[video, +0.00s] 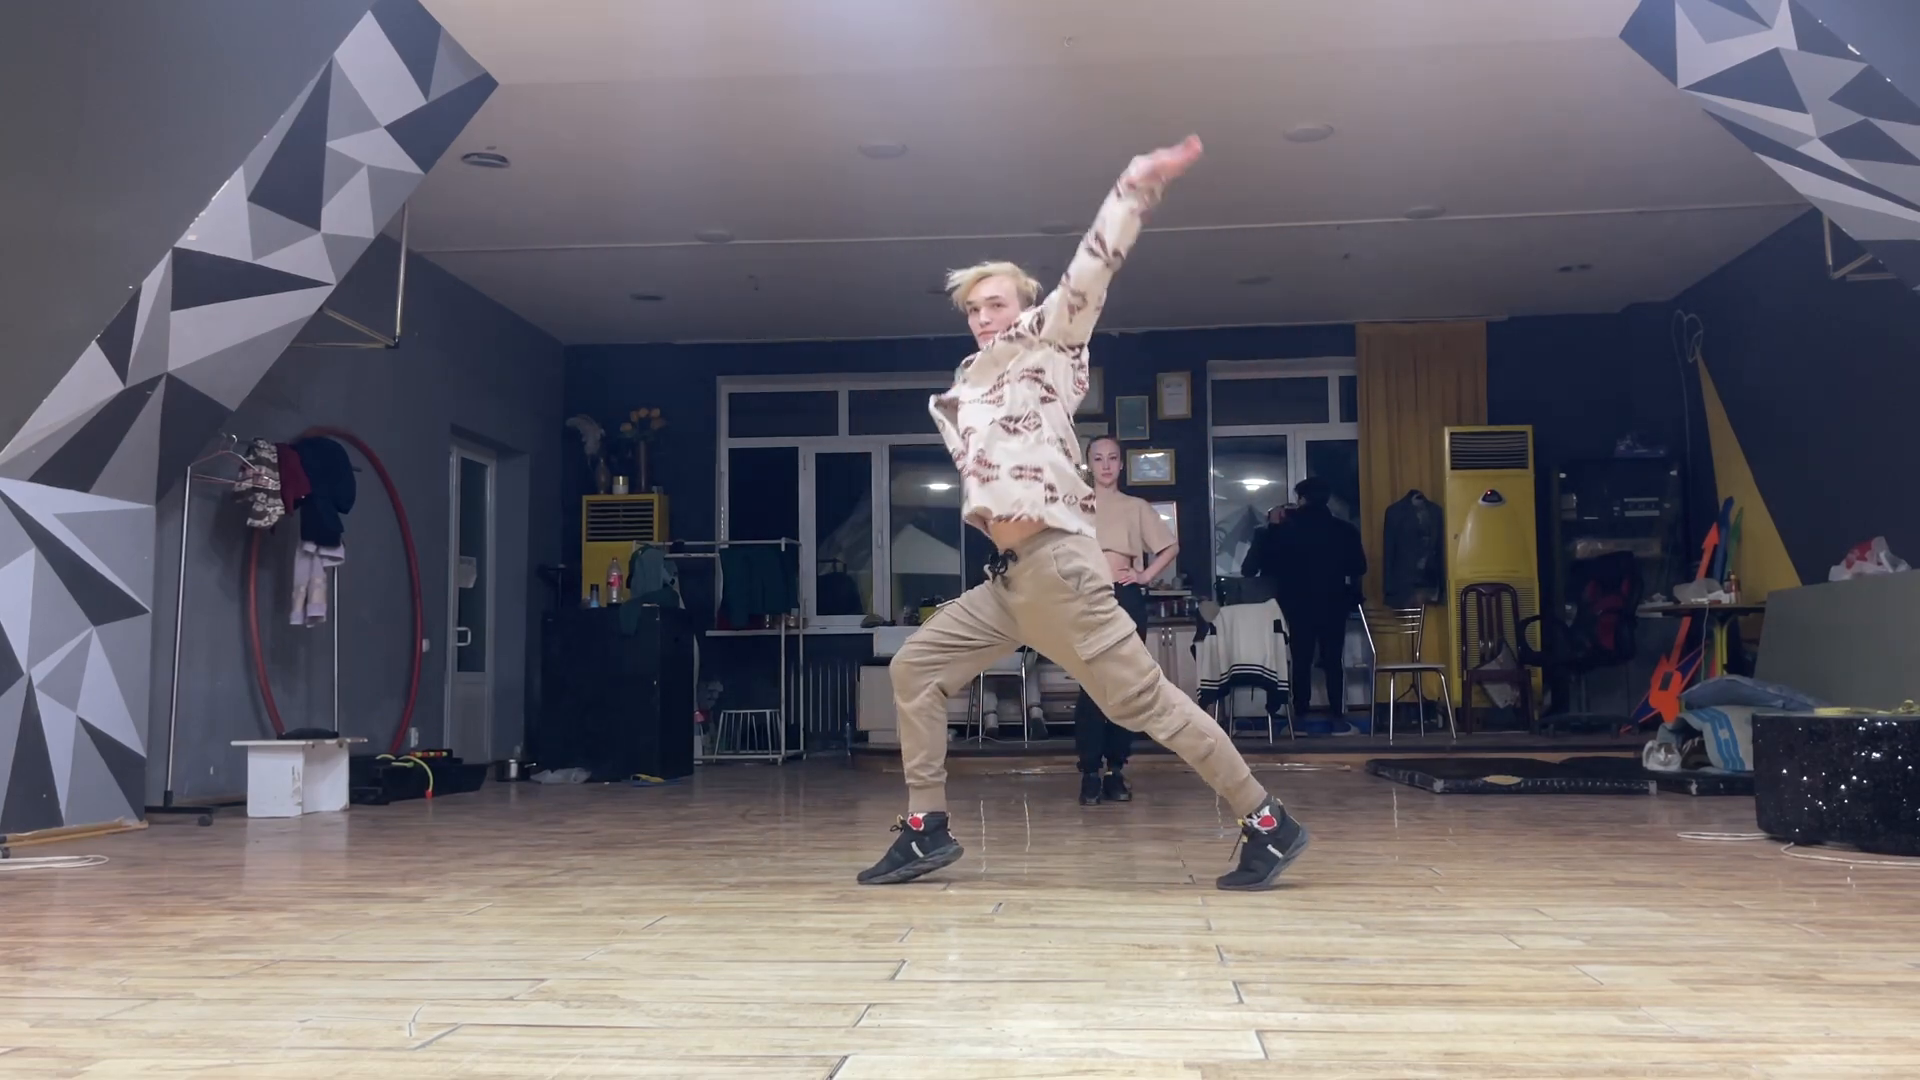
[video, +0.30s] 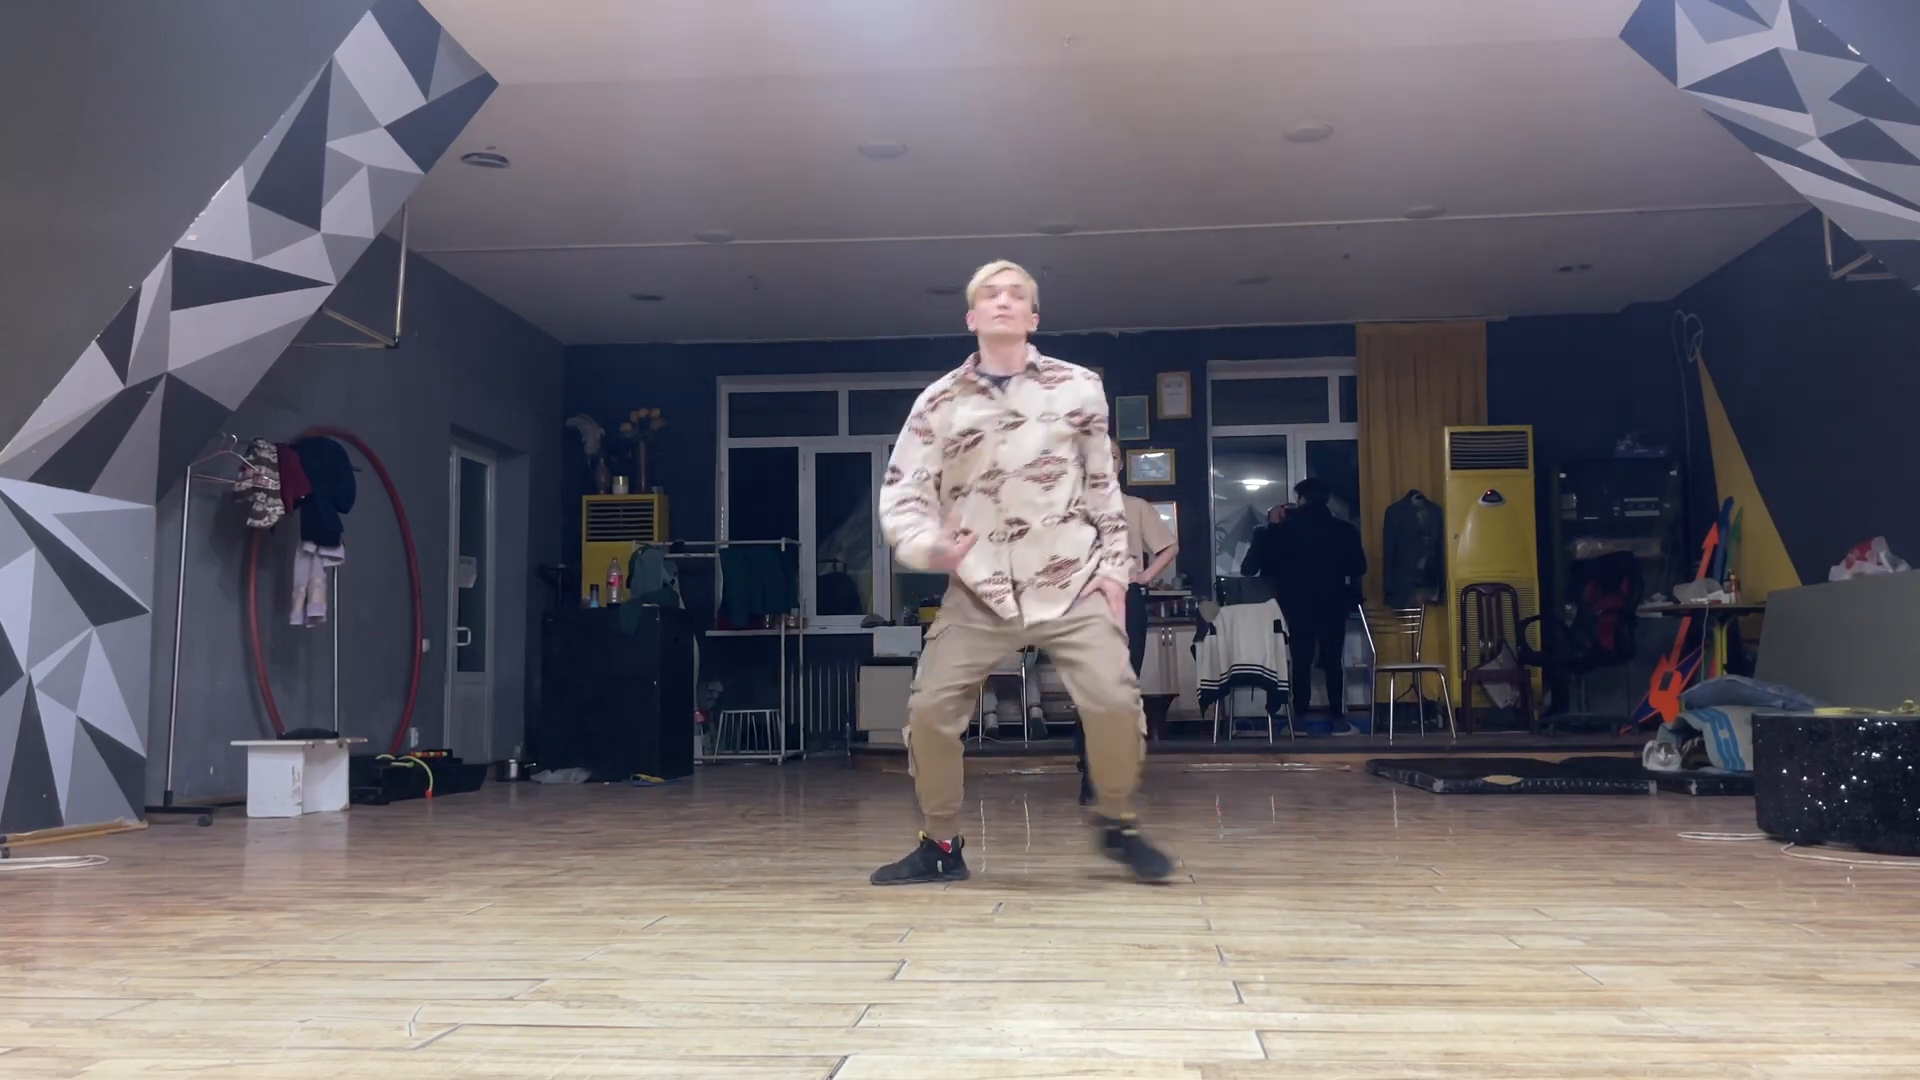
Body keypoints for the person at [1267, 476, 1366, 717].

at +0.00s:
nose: (1299, 502)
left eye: (1300, 498)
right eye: (1300, 498)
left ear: (1302, 499)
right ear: (1327, 499)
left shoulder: (1286, 529)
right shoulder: (1345, 530)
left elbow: (1252, 568)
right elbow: (1358, 568)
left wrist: (1271, 527)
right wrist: (1352, 597)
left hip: (1297, 605)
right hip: (1333, 604)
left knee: (1301, 661)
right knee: (1333, 661)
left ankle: (1300, 719)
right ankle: (1337, 719)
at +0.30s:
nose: (1299, 502)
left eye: (1299, 499)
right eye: (1301, 499)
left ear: (1302, 500)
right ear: (1327, 500)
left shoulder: (1285, 529)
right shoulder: (1345, 529)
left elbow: (1250, 568)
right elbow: (1358, 568)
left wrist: (1268, 527)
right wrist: (1354, 598)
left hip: (1297, 605)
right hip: (1333, 603)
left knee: (1300, 661)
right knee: (1333, 660)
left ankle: (1299, 717)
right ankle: (1337, 718)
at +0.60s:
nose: (1298, 502)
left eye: (1299, 498)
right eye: (1300, 499)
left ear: (1302, 499)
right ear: (1327, 500)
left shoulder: (1284, 528)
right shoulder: (1345, 529)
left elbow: (1249, 567)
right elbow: (1358, 568)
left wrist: (1271, 528)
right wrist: (1353, 598)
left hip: (1296, 604)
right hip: (1333, 604)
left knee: (1300, 661)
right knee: (1333, 661)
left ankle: (1301, 718)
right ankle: (1337, 719)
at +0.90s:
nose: (1297, 502)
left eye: (1299, 498)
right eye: (1299, 498)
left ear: (1303, 499)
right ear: (1326, 500)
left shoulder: (1287, 528)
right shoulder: (1344, 529)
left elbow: (1264, 565)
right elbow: (1358, 567)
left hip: (1297, 604)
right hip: (1332, 604)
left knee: (1300, 661)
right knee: (1333, 661)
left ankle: (1299, 719)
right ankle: (1337, 718)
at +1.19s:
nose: (1295, 504)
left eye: (1296, 500)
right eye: (1296, 500)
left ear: (1298, 501)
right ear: (1322, 500)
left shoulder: (1284, 530)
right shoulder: (1341, 529)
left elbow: (1266, 568)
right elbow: (1355, 568)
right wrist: (1353, 597)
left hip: (1297, 604)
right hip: (1331, 604)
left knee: (1300, 661)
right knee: (1332, 660)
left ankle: (1299, 720)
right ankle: (1337, 719)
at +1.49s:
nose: (1290, 507)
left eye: (1290, 503)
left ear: (1289, 503)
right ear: (1313, 502)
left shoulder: (1279, 528)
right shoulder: (1333, 526)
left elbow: (1264, 567)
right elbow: (1351, 562)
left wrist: (1278, 590)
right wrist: (1353, 595)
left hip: (1294, 604)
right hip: (1329, 602)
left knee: (1299, 663)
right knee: (1331, 662)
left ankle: (1299, 718)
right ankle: (1336, 719)